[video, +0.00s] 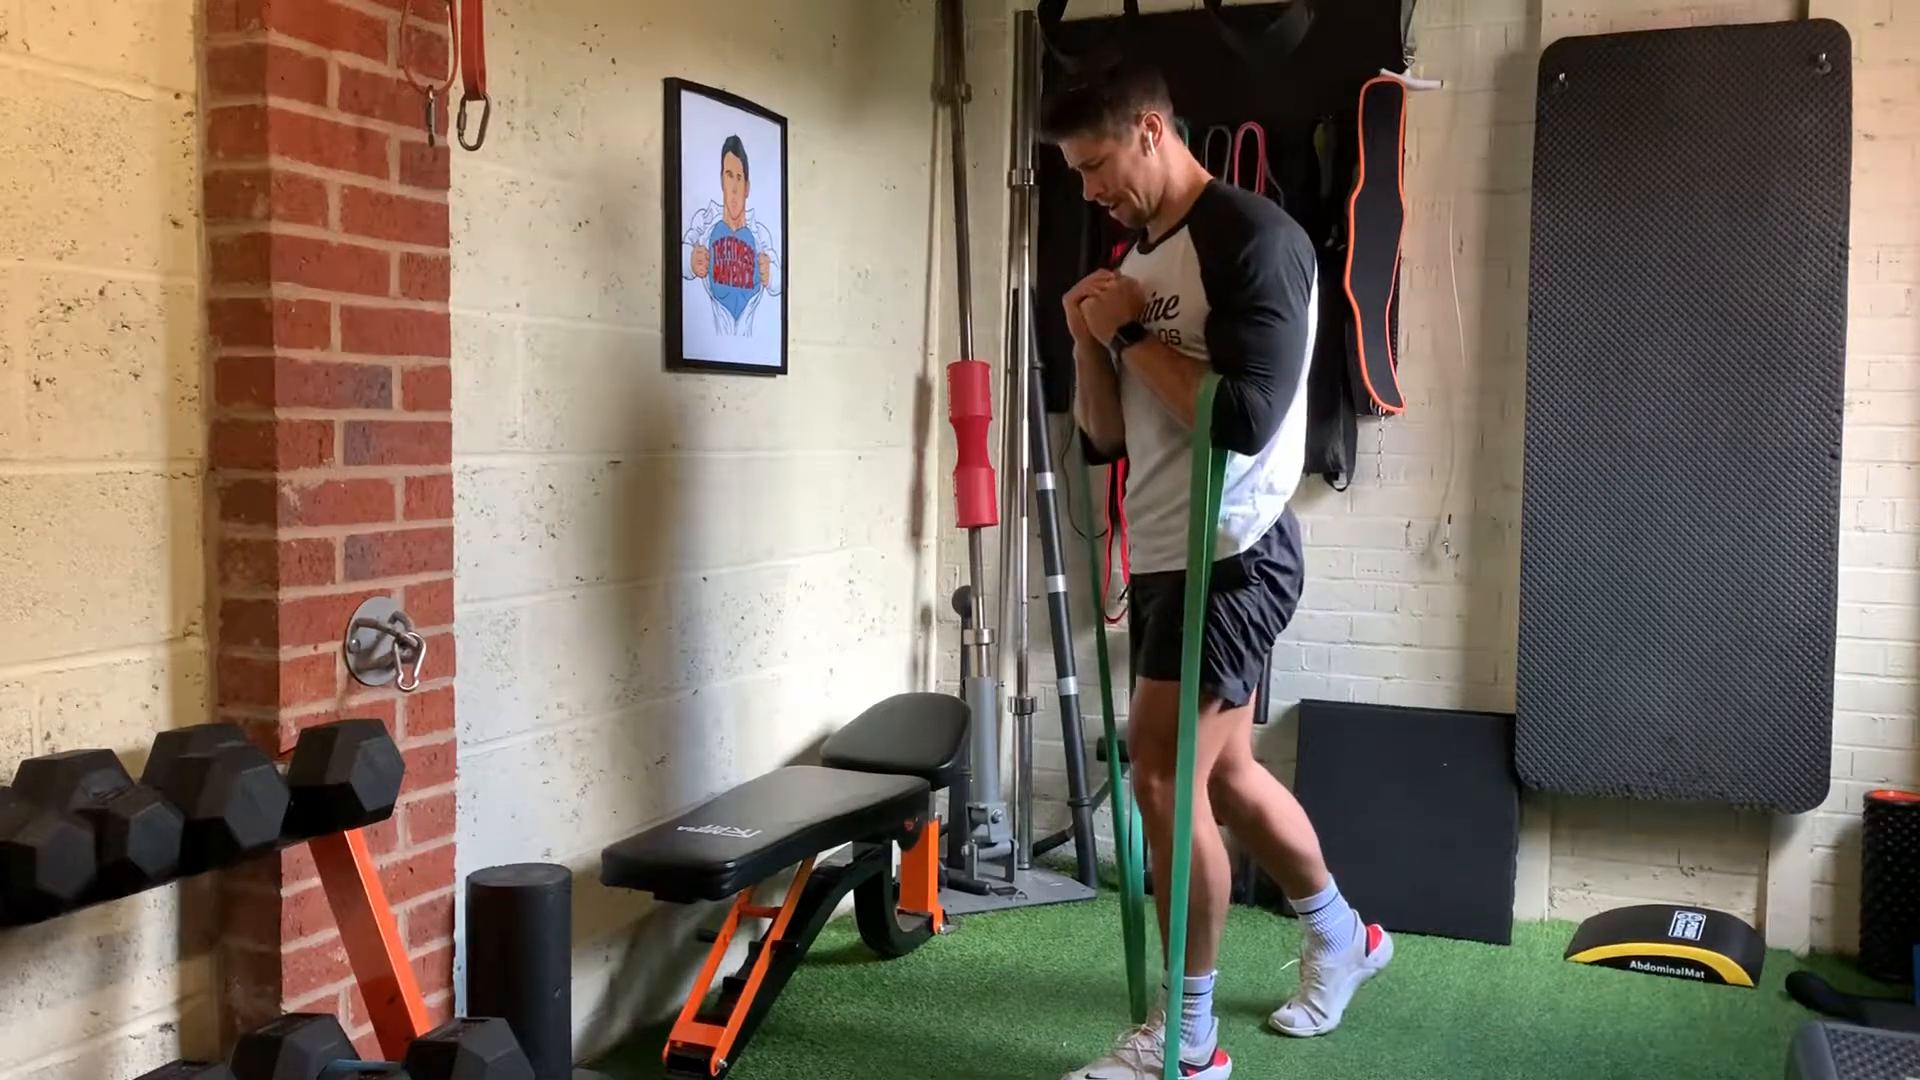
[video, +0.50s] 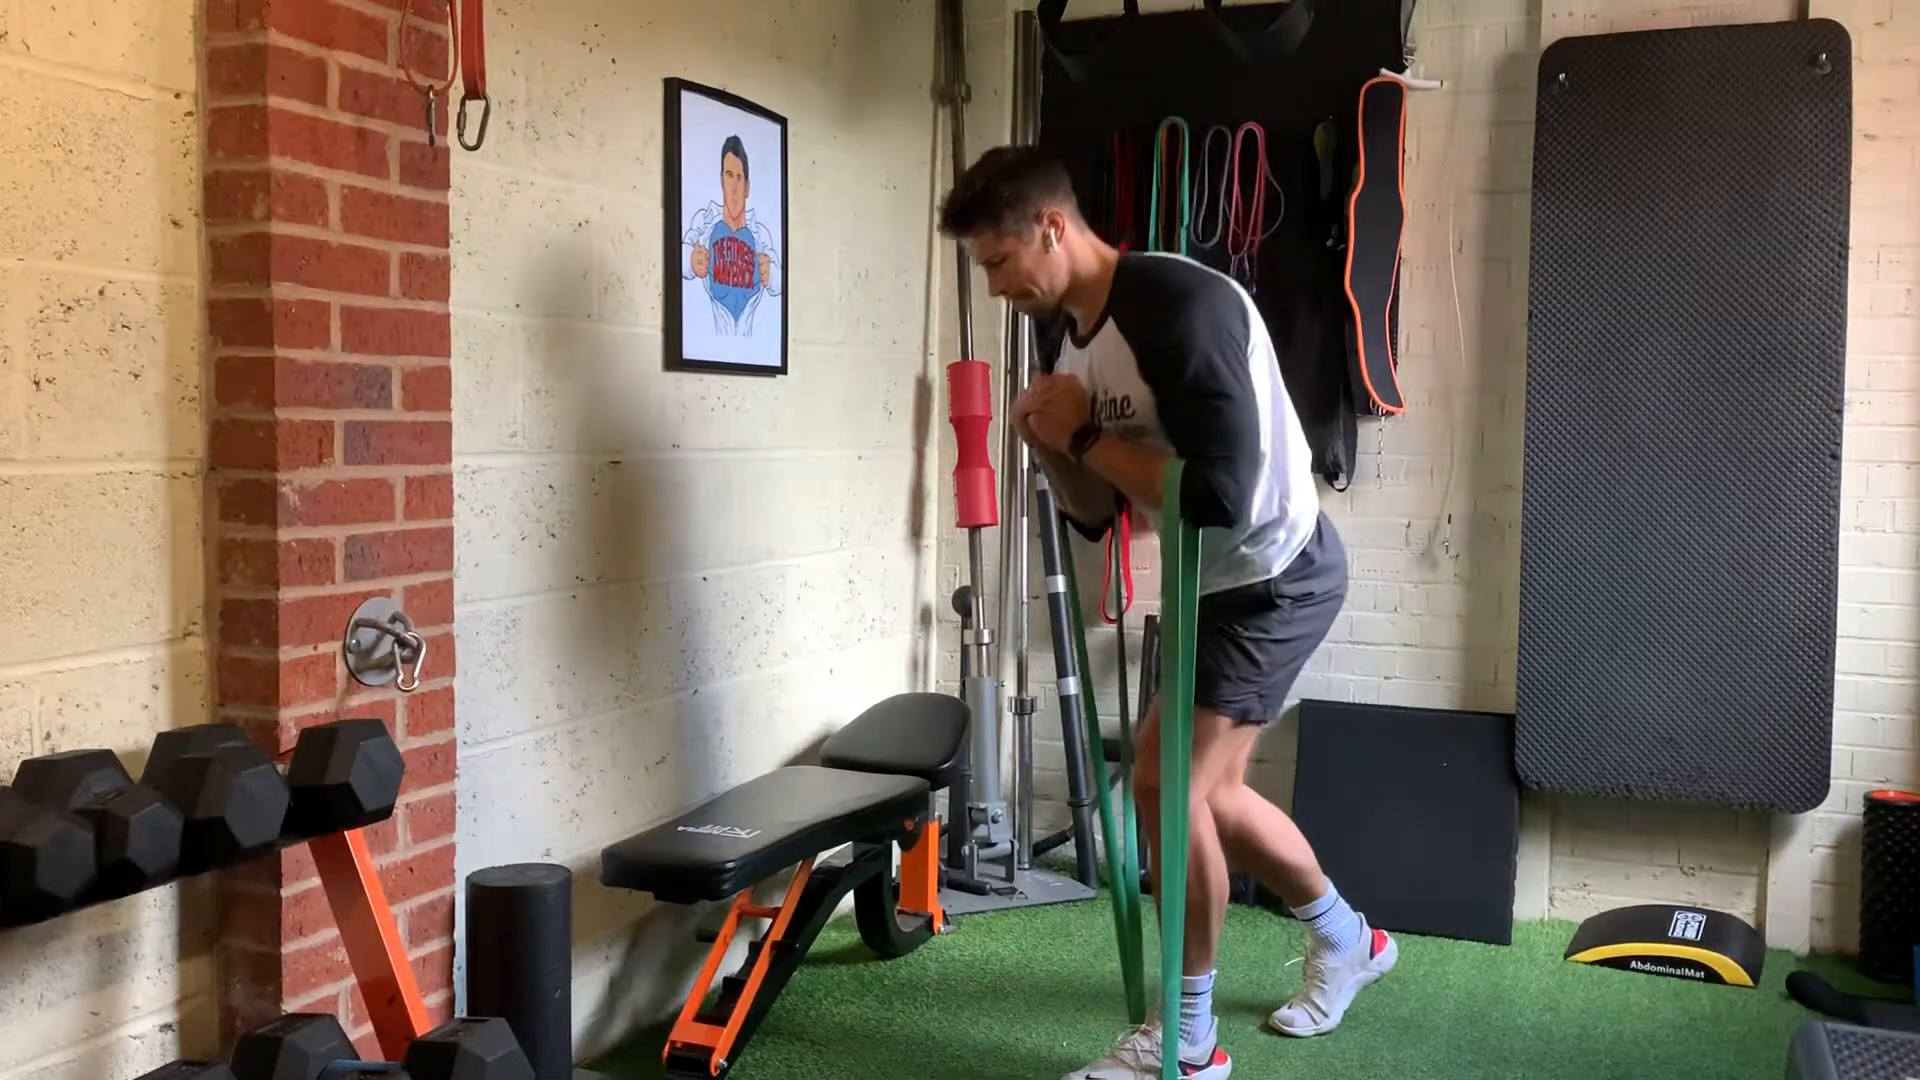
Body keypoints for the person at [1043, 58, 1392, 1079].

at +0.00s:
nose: (1092, 194)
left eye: (1099, 167)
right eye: (1080, 175)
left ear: (1156, 134)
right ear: (1121, 155)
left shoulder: (1261, 241)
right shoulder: (1133, 258)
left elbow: (1245, 420)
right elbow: (1105, 434)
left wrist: (1132, 334)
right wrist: (1092, 344)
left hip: (1235, 549)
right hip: (1163, 550)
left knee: (1163, 772)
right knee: (1229, 774)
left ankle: (1190, 1034)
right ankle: (1343, 936)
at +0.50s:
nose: (995, 286)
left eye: (1001, 262)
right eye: (985, 268)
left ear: (1054, 228)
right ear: (1045, 236)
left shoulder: (1184, 308)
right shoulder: (1067, 333)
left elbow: (1222, 498)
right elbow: (1101, 512)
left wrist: (1084, 441)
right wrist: (1053, 448)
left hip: (1278, 574)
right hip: (1205, 576)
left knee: (1162, 778)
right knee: (1211, 789)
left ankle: (1188, 1034)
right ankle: (1348, 936)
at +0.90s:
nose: (937, 465)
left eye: (941, 442)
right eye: (927, 449)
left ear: (996, 409)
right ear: (994, 412)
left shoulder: (1137, 444)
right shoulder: (1033, 487)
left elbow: (1214, 620)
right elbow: (1092, 640)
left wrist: (1072, 581)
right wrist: (1036, 596)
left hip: (1316, 585)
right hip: (1249, 597)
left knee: (1195, 798)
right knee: (1210, 809)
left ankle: (1187, 1038)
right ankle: (1354, 941)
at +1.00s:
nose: (932, 507)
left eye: (936, 485)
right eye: (922, 491)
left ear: (987, 452)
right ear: (988, 454)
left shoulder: (1134, 478)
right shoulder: (1028, 520)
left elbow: (1213, 651)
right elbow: (1093, 664)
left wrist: (1073, 613)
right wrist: (1038, 628)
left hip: (1319, 589)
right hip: (1252, 598)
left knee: (1201, 796)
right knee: (1209, 807)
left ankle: (1188, 1041)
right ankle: (1353, 942)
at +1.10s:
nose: (924, 548)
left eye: (927, 527)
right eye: (915, 531)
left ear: (979, 496)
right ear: (981, 498)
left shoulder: (1129, 517)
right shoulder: (1021, 545)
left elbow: (1211, 685)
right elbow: (1095, 694)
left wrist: (1071, 651)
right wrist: (1040, 663)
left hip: (1325, 593)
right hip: (1251, 604)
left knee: (1197, 795)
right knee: (1214, 812)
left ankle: (1187, 1038)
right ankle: (1356, 943)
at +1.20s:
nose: (926, 577)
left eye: (928, 556)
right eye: (916, 561)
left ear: (978, 521)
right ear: (979, 522)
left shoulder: (1125, 538)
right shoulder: (1025, 577)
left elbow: (1211, 712)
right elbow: (1104, 710)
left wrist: (1070, 675)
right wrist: (1036, 686)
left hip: (1328, 594)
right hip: (1252, 608)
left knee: (1195, 800)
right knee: (1211, 817)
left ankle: (1187, 1041)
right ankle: (1353, 942)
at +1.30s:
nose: (924, 607)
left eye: (926, 586)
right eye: (914, 591)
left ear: (977, 553)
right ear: (977, 552)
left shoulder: (1124, 561)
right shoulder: (1022, 598)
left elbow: (1214, 731)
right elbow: (1121, 728)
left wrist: (1072, 695)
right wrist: (1046, 709)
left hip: (1331, 597)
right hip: (1261, 606)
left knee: (1199, 799)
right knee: (1213, 815)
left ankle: (1186, 1042)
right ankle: (1352, 942)